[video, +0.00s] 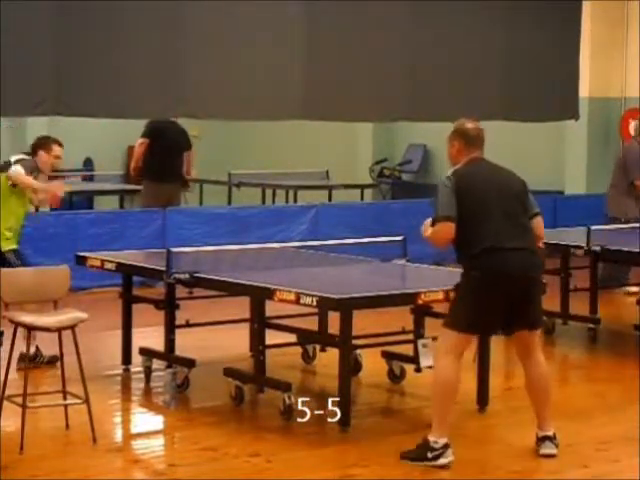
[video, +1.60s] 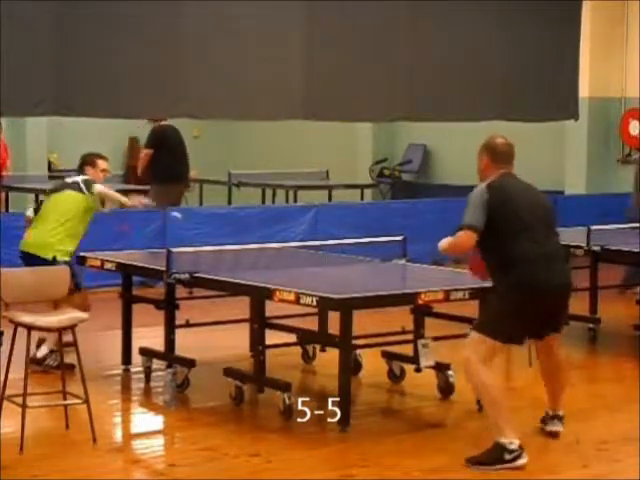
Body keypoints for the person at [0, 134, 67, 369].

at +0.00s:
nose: (57, 163)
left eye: (59, 158)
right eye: (55, 157)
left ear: (44, 157)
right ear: (40, 154)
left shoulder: (34, 172)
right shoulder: (24, 162)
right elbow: (14, 174)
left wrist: (46, 194)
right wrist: (43, 187)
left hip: (10, 242)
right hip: (5, 244)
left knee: (15, 291)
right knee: (32, 289)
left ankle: (31, 350)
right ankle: (30, 349)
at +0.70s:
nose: (76, 145)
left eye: (77, 140)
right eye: (71, 141)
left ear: (74, 144)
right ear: (56, 144)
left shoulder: (71, 173)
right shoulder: (39, 167)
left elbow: (68, 206)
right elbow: (9, 196)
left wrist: (75, 216)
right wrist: (37, 220)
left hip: (49, 240)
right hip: (26, 240)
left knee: (47, 287)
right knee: (46, 286)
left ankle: (23, 331)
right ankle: (33, 342)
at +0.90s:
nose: (86, 143)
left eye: (87, 138)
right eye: (81, 138)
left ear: (85, 141)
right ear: (67, 140)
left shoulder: (78, 167)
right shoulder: (51, 163)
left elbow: (74, 197)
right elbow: (23, 194)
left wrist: (83, 212)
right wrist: (47, 215)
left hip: (60, 237)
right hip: (37, 237)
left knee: (65, 284)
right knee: (52, 286)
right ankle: (35, 342)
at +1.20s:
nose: (101, 157)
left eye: (103, 152)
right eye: (97, 152)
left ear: (98, 156)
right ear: (82, 154)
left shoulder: (87, 182)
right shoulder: (67, 174)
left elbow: (88, 215)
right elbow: (50, 210)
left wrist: (96, 226)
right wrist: (84, 227)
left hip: (64, 244)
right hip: (43, 243)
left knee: (87, 284)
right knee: (64, 286)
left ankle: (68, 329)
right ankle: (40, 342)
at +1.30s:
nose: (102, 154)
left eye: (104, 149)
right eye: (98, 149)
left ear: (88, 151)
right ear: (84, 149)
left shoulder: (76, 169)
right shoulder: (77, 168)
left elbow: (75, 207)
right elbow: (75, 203)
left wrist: (92, 226)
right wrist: (104, 226)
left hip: (56, 237)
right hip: (42, 238)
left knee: (73, 281)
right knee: (60, 288)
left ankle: (67, 328)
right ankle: (40, 347)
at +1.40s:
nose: (102, 160)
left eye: (103, 155)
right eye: (98, 154)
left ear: (80, 155)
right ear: (83, 153)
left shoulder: (62, 170)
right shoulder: (81, 171)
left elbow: (52, 211)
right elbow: (94, 205)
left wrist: (78, 229)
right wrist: (128, 227)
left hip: (36, 239)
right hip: (49, 244)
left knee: (63, 290)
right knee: (74, 292)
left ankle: (54, 338)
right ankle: (48, 346)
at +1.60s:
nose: (106, 177)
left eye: (107, 172)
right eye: (103, 171)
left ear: (83, 171)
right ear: (88, 169)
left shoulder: (60, 185)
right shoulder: (90, 185)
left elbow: (31, 217)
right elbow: (107, 193)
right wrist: (129, 202)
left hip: (28, 250)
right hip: (52, 255)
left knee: (59, 300)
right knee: (80, 303)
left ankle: (42, 347)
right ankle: (48, 350)